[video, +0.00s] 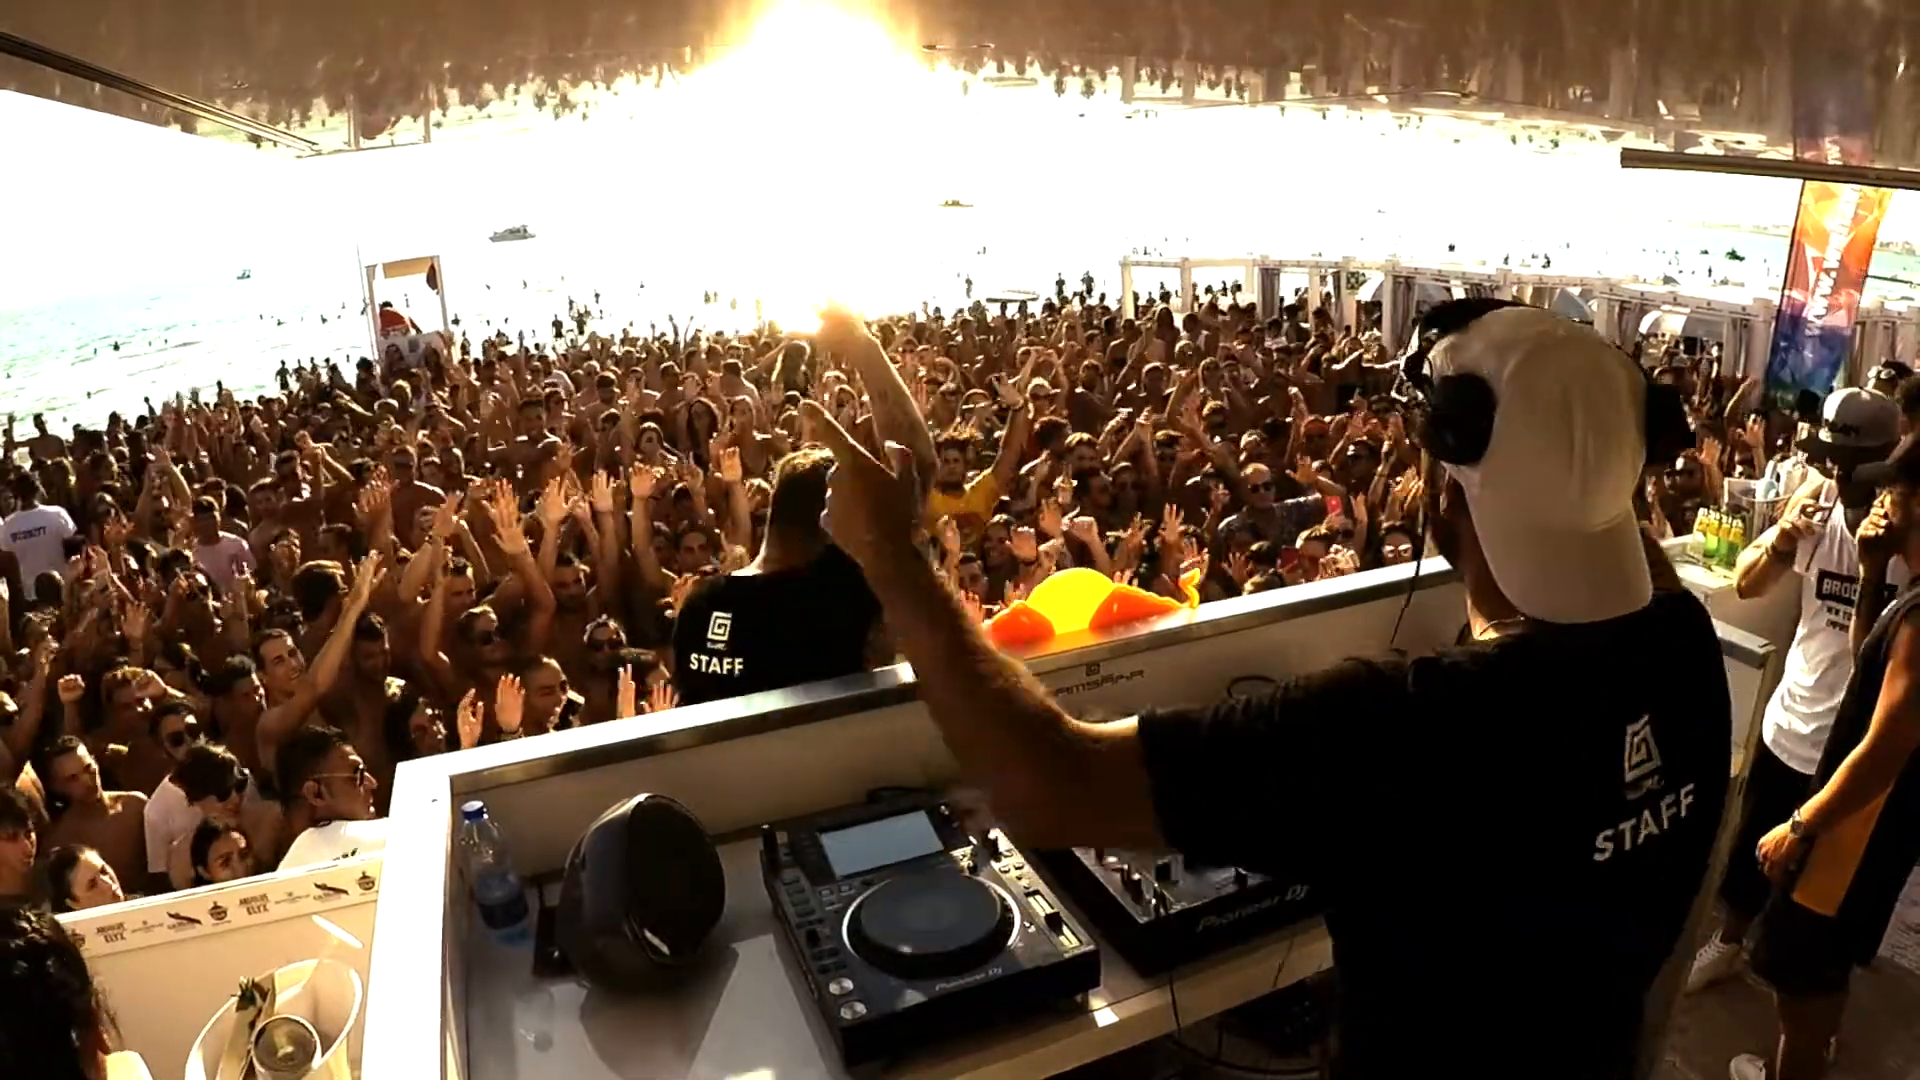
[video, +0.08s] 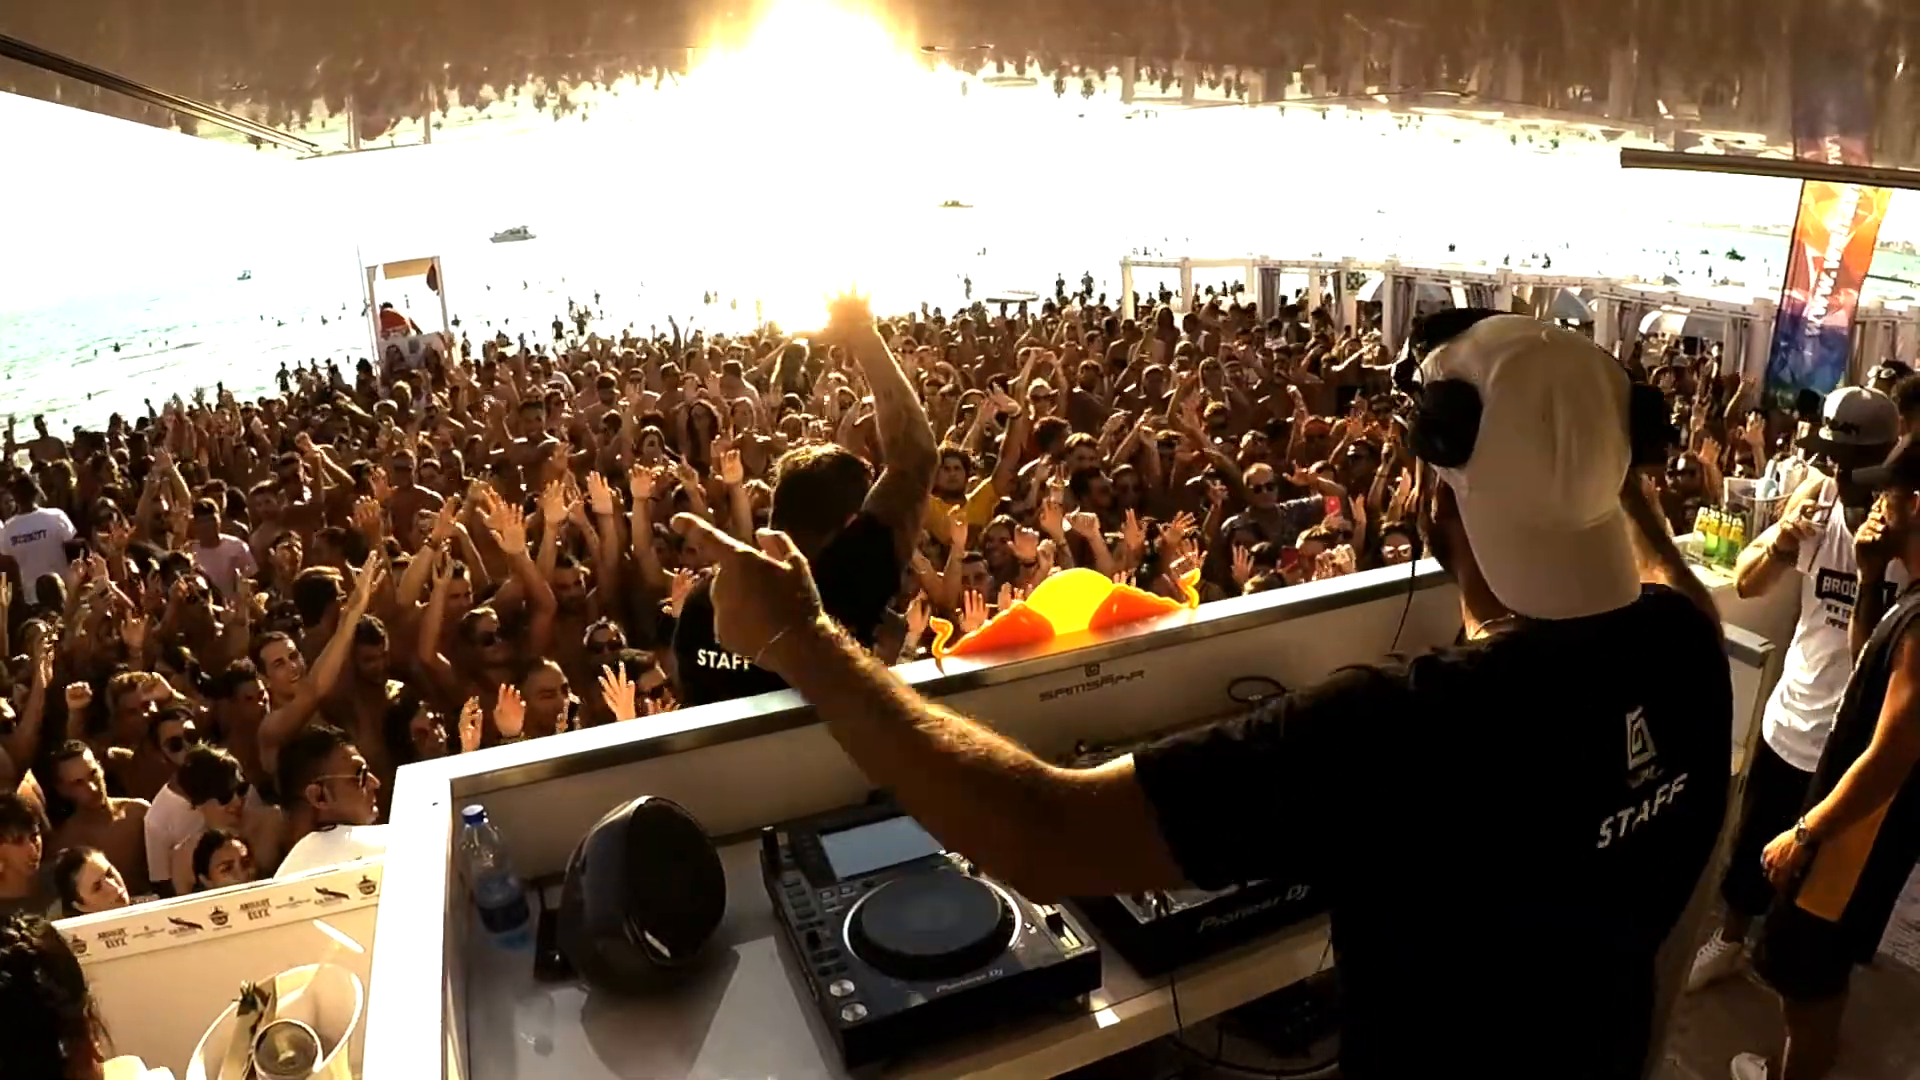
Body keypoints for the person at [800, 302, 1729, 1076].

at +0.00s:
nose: (1424, 490)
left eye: (1433, 460)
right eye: (1432, 456)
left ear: (1465, 500)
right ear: (1620, 488)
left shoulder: (1408, 731)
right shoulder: (1688, 657)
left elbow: (1053, 790)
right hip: (1604, 1061)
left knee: (1097, 1059)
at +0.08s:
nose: (1411, 501)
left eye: (1418, 471)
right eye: (1415, 470)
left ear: (1453, 507)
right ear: (1615, 484)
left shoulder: (1391, 737)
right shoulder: (1689, 656)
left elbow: (1049, 838)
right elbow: (1641, 557)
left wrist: (801, 643)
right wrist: (1589, 437)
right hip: (1609, 1058)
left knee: (1136, 1046)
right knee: (1205, 1024)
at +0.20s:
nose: (1378, 515)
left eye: (1389, 482)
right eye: (1381, 478)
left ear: (1433, 503)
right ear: (1564, 497)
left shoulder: (1395, 757)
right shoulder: (1661, 671)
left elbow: (1140, 1000)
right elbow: (1790, 752)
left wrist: (743, 964)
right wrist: (1838, 591)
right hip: (1571, 1054)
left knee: (862, 960)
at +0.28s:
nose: (1383, 490)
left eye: (1394, 453)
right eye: (1389, 449)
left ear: (1430, 480)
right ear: (1569, 481)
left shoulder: (1394, 725)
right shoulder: (1647, 646)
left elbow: (1131, 987)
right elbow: (1771, 733)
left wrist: (744, 939)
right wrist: (1825, 578)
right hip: (1581, 1059)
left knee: (909, 967)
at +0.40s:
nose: (1414, 492)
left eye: (1416, 460)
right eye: (1414, 460)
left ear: (1444, 489)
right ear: (1597, 473)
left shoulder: (1391, 734)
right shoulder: (1663, 644)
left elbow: (1053, 851)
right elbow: (1607, 548)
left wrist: (846, 650)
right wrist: (1556, 444)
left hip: (1421, 1077)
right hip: (1601, 1054)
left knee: (1128, 1064)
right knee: (1219, 1021)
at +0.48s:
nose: (1409, 488)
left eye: (1414, 461)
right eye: (1413, 458)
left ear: (1440, 490)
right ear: (1593, 463)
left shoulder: (1386, 723)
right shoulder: (1653, 630)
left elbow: (1050, 846)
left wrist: (901, 628)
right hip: (1586, 1060)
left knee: (1132, 1054)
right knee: (1231, 1018)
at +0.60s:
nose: (1337, 507)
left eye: (1341, 477)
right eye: (1347, 469)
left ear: (1361, 506)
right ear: (1548, 493)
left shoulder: (1335, 755)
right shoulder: (1635, 668)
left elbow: (1062, 1008)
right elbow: (1743, 784)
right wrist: (1771, 629)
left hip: (1365, 1079)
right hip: (1573, 1068)